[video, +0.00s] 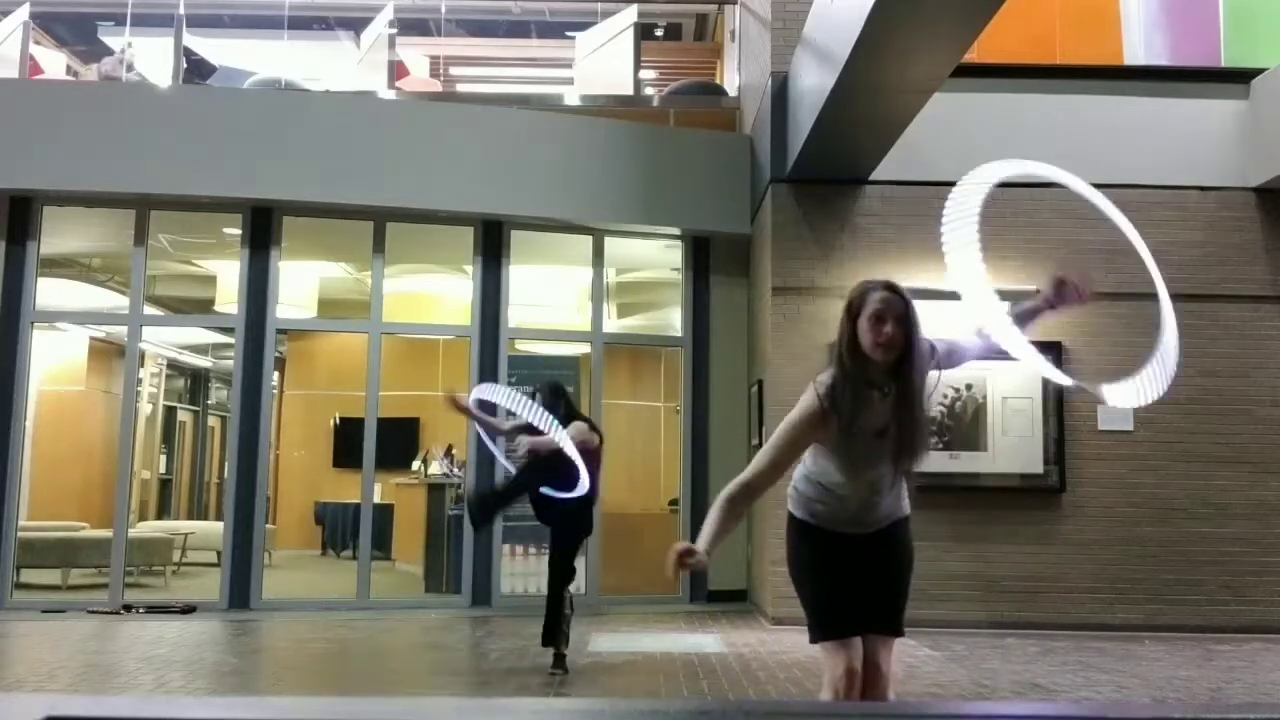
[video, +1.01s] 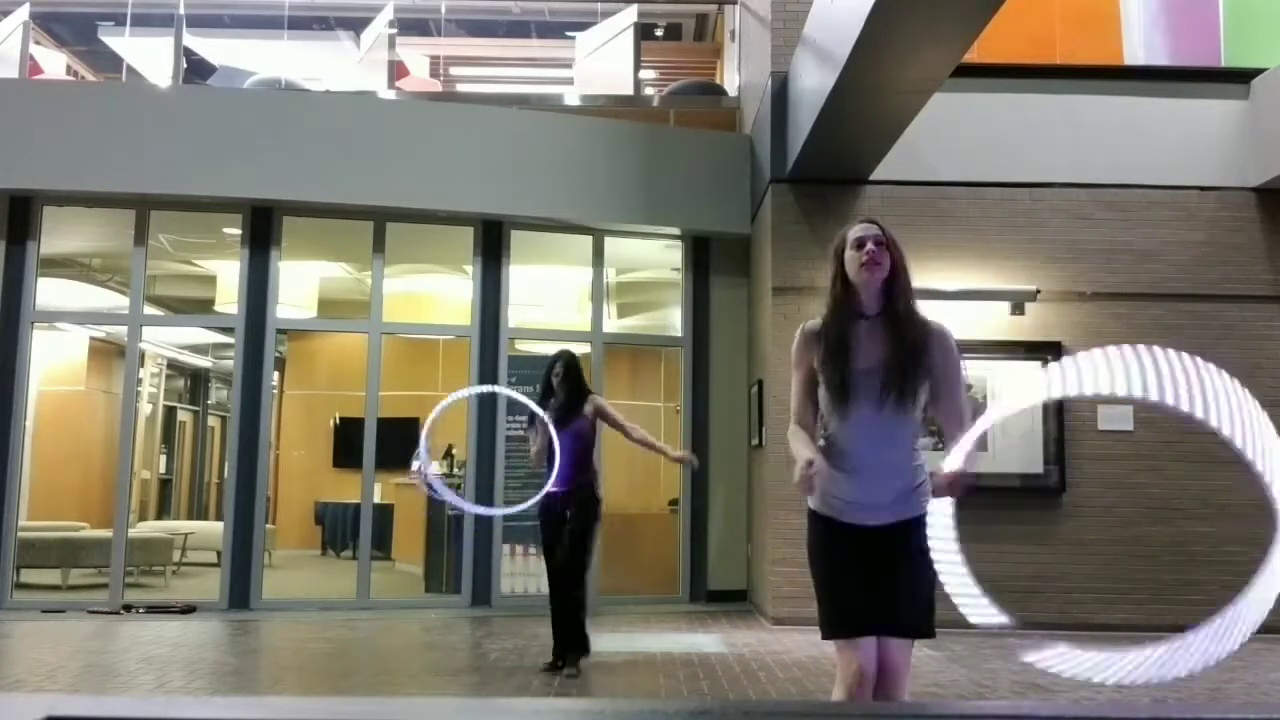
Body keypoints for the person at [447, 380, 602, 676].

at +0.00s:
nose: (537, 408)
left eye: (541, 402)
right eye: (537, 403)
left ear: (555, 403)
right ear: (547, 405)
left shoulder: (581, 427)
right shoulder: (541, 428)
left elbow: (561, 441)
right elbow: (503, 427)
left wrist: (530, 442)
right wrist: (469, 411)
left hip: (574, 515)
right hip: (547, 507)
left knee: (559, 583)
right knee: (539, 462)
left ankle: (559, 651)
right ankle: (484, 509)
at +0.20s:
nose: (526, 435)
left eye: (531, 430)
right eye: (524, 429)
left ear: (545, 428)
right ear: (523, 426)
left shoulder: (568, 436)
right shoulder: (523, 434)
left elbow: (584, 439)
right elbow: (492, 430)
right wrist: (468, 402)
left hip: (582, 505)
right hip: (552, 497)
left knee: (564, 581)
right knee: (526, 527)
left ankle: (557, 654)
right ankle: (532, 589)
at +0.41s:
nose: (518, 423)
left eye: (521, 416)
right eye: (516, 417)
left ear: (535, 414)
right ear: (523, 417)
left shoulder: (570, 430)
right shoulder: (535, 443)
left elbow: (611, 442)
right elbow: (507, 468)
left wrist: (652, 457)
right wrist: (474, 472)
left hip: (583, 507)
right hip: (555, 505)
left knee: (554, 576)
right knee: (525, 578)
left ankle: (560, 655)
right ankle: (548, 635)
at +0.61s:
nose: (528, 412)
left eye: (533, 406)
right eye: (525, 406)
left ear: (545, 403)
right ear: (523, 405)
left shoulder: (575, 421)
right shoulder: (524, 436)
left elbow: (618, 433)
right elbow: (518, 481)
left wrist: (665, 441)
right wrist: (537, 496)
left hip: (577, 506)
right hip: (548, 510)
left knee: (520, 537)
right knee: (539, 590)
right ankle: (553, 654)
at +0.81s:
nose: (544, 380)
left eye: (550, 373)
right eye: (540, 375)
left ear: (562, 374)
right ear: (535, 377)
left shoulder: (582, 399)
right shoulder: (536, 410)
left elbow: (628, 418)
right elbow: (530, 456)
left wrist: (672, 428)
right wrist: (550, 468)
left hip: (579, 487)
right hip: (550, 490)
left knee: (524, 523)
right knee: (555, 571)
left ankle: (591, 543)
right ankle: (561, 650)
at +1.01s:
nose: (559, 378)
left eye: (565, 372)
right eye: (555, 373)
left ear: (575, 376)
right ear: (549, 376)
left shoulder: (591, 405)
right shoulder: (547, 412)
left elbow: (630, 431)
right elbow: (537, 459)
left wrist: (671, 454)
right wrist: (537, 434)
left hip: (583, 498)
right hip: (552, 498)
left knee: (571, 573)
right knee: (556, 576)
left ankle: (574, 653)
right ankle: (561, 652)